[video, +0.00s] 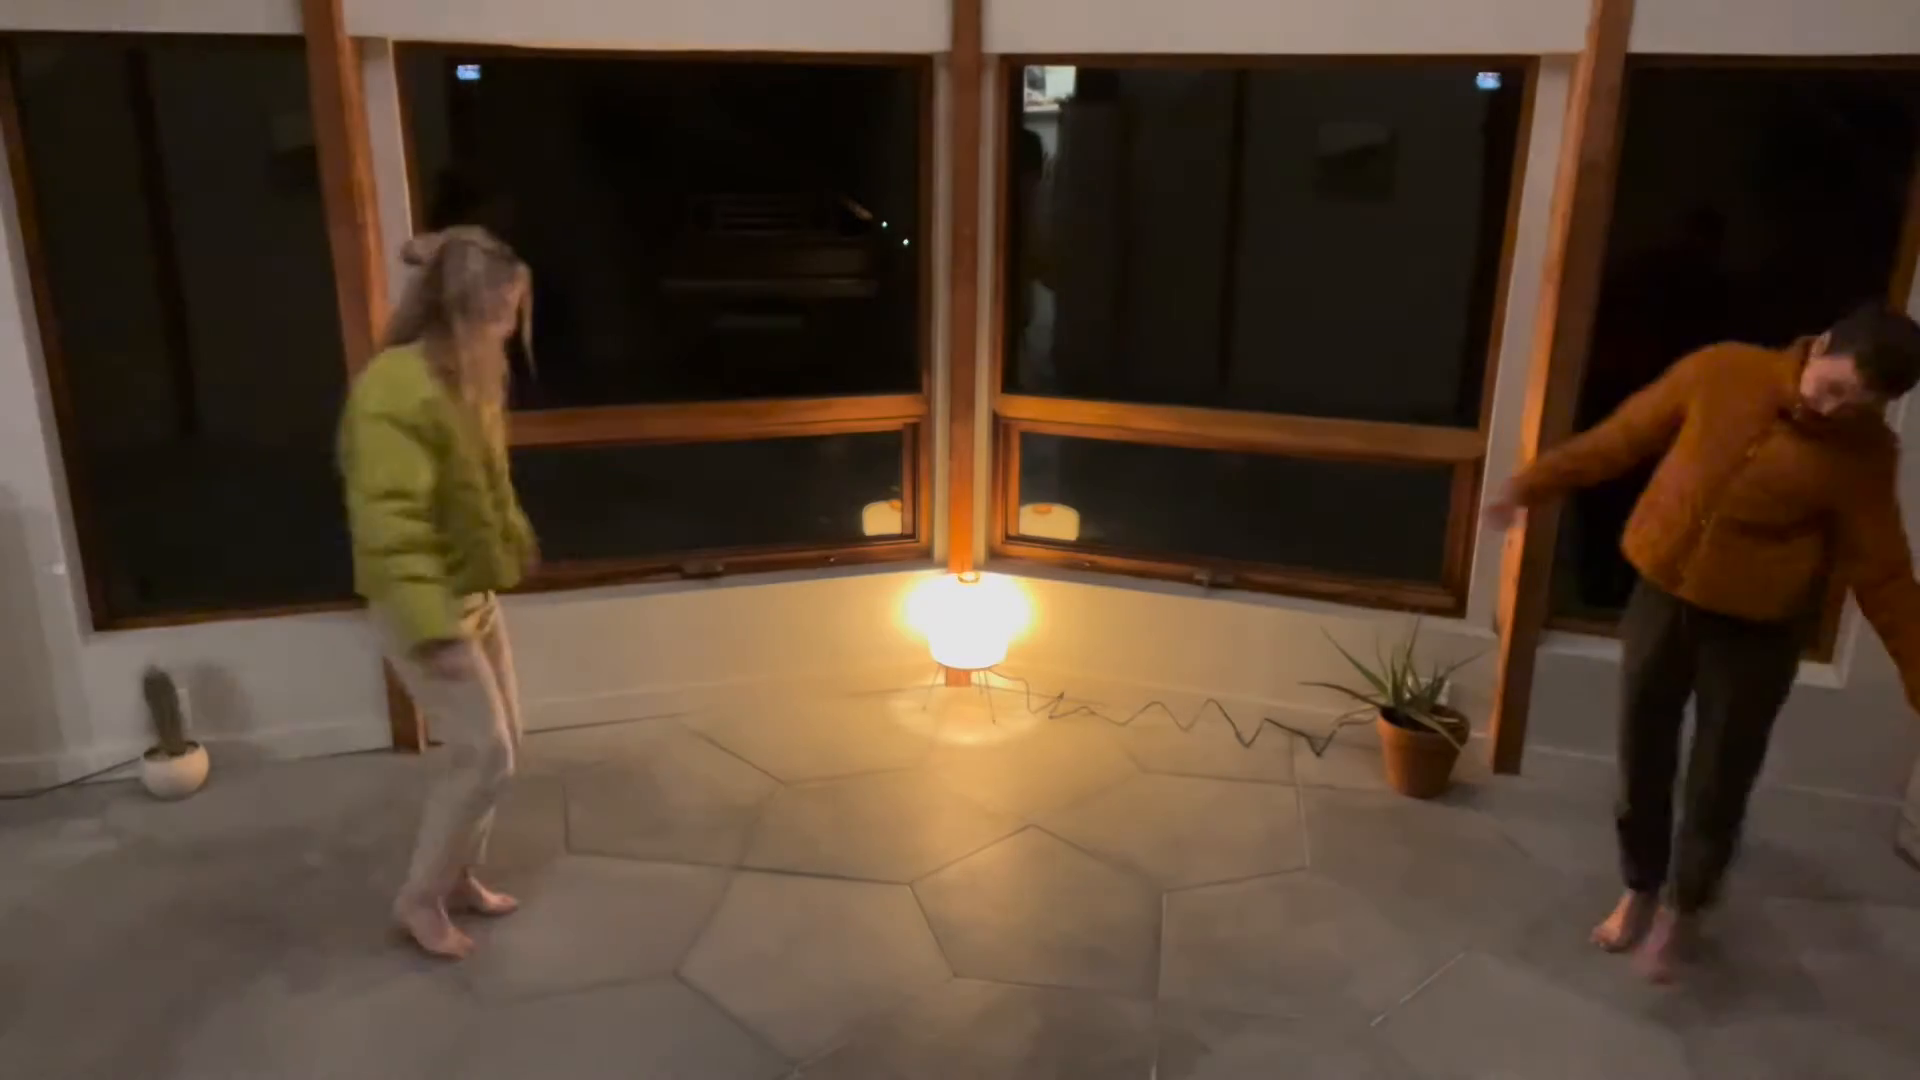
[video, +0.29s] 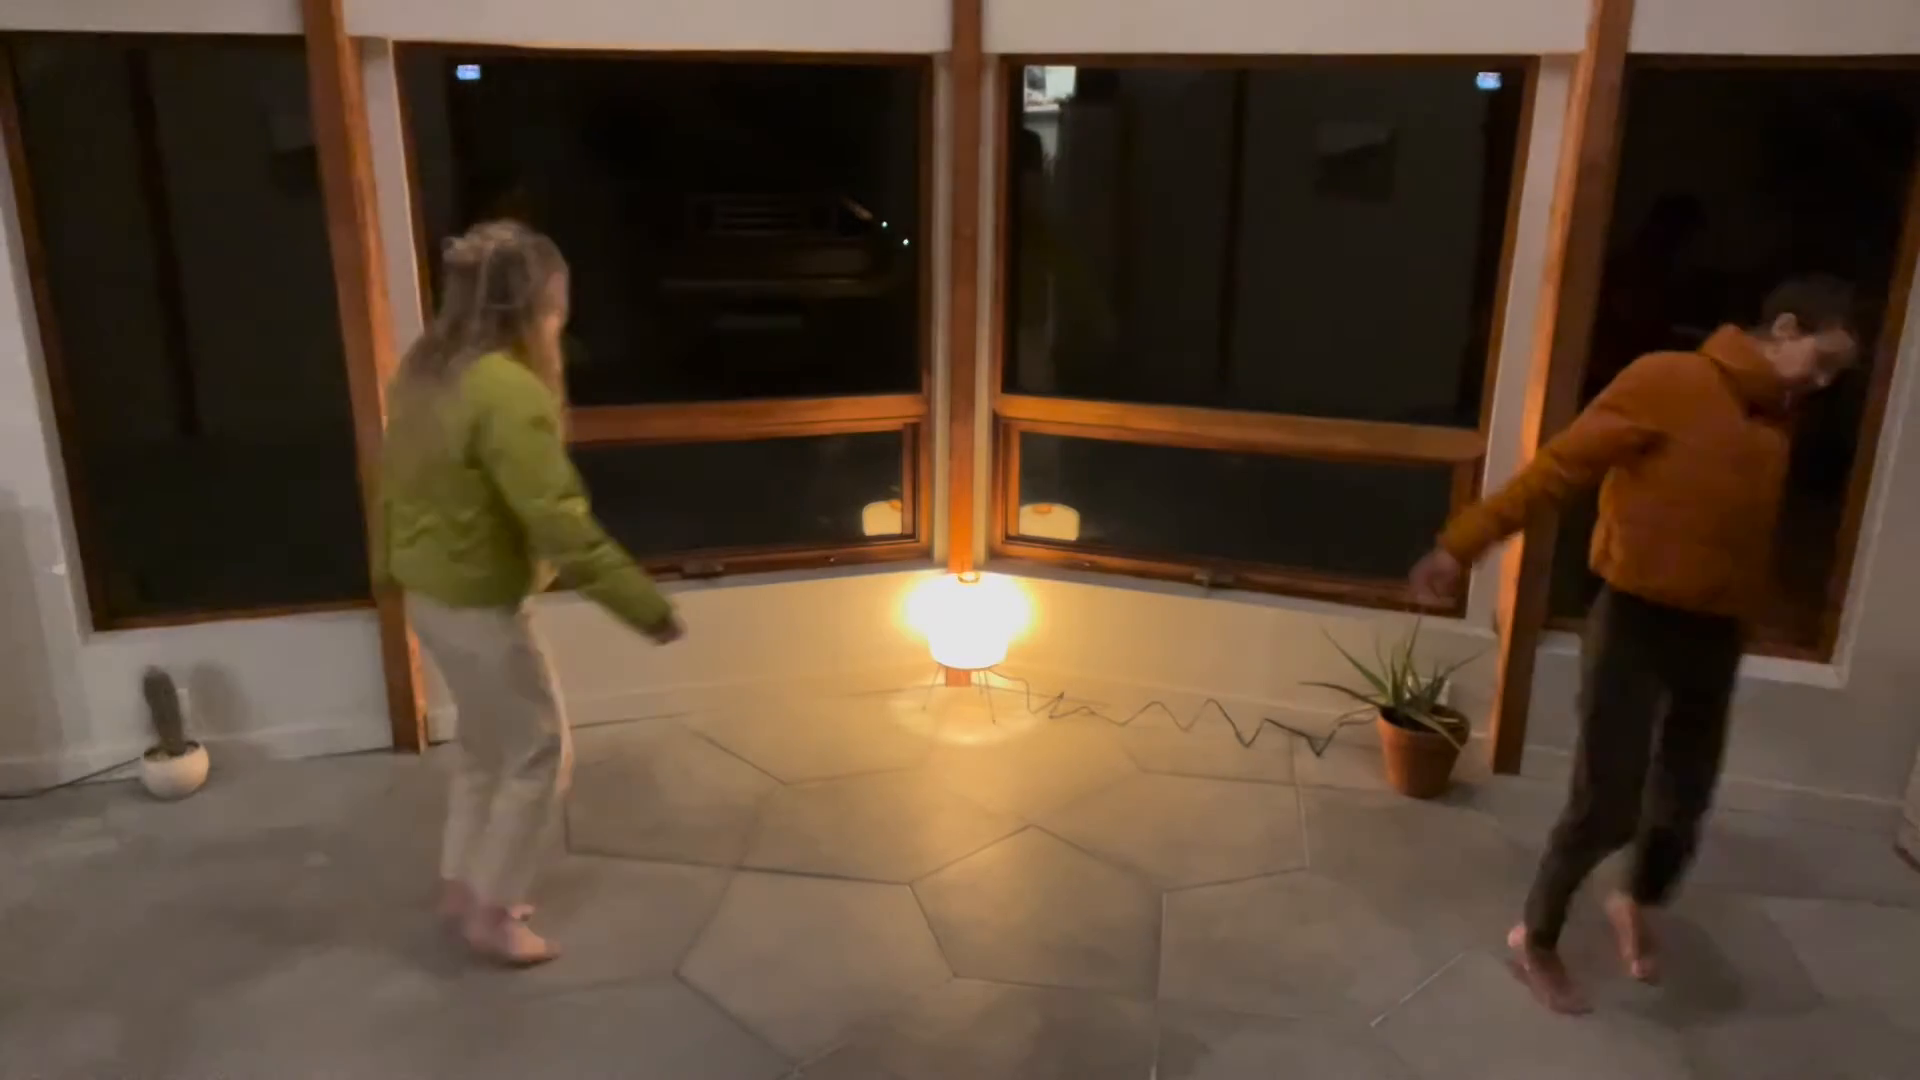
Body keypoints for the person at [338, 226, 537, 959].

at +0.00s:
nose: (513, 329)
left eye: (515, 313)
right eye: (505, 314)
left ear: (486, 311)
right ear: (465, 311)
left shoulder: (473, 374)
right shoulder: (394, 388)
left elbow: (487, 478)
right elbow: (387, 522)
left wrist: (515, 543)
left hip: (474, 594)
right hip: (422, 608)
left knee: (500, 748)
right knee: (482, 752)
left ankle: (459, 875)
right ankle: (418, 898)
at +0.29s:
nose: (562, 321)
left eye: (562, 305)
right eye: (556, 305)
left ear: (476, 300)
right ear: (523, 307)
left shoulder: (424, 370)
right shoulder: (508, 391)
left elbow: (395, 484)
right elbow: (560, 524)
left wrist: (394, 568)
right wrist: (650, 610)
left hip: (427, 589)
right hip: (477, 599)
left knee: (482, 741)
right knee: (538, 746)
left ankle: (460, 890)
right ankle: (494, 908)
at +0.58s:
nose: (600, 310)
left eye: (598, 296)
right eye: (595, 297)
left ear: (503, 293)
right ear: (574, 306)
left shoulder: (434, 368)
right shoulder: (579, 387)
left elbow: (399, 488)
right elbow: (630, 505)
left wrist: (386, 586)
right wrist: (696, 580)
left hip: (459, 602)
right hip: (542, 606)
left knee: (503, 746)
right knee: (583, 735)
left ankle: (504, 892)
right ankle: (535, 892)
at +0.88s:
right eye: (634, 289)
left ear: (545, 281)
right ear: (626, 295)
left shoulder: (494, 356)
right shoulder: (635, 364)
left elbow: (465, 484)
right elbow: (663, 481)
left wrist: (436, 586)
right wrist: (686, 568)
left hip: (525, 589)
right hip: (607, 589)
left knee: (550, 734)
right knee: (609, 727)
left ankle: (575, 871)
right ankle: (594, 877)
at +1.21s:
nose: (684, 298)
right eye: (680, 287)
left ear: (602, 274)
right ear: (671, 290)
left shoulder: (549, 346)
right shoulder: (676, 361)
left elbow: (474, 441)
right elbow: (709, 468)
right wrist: (752, 533)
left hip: (563, 572)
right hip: (645, 571)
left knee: (582, 713)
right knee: (645, 704)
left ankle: (604, 849)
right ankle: (652, 848)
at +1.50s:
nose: (715, 297)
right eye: (708, 284)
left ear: (631, 273)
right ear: (698, 291)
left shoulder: (564, 333)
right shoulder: (701, 356)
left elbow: (468, 343)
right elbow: (726, 462)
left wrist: (454, 246)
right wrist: (793, 501)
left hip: (584, 553)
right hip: (665, 555)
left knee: (596, 681)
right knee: (664, 686)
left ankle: (604, 806)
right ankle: (665, 821)